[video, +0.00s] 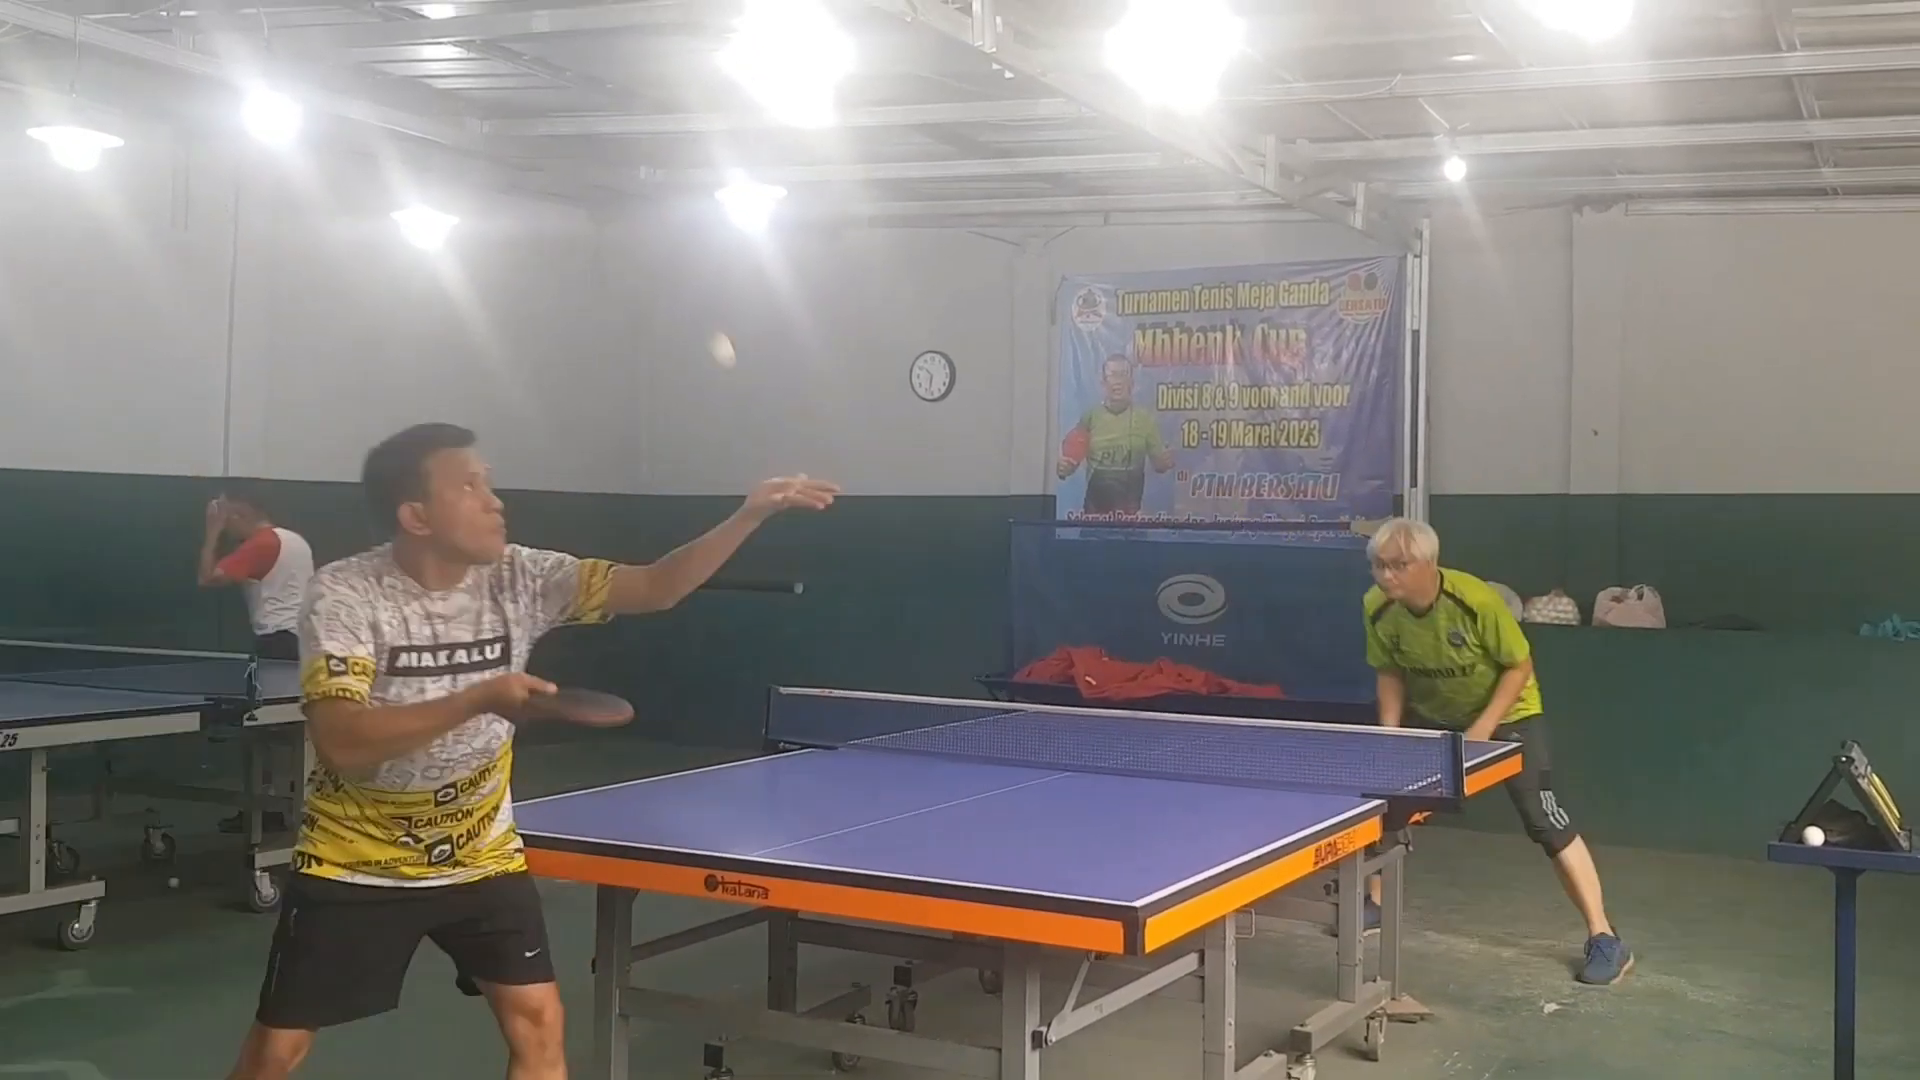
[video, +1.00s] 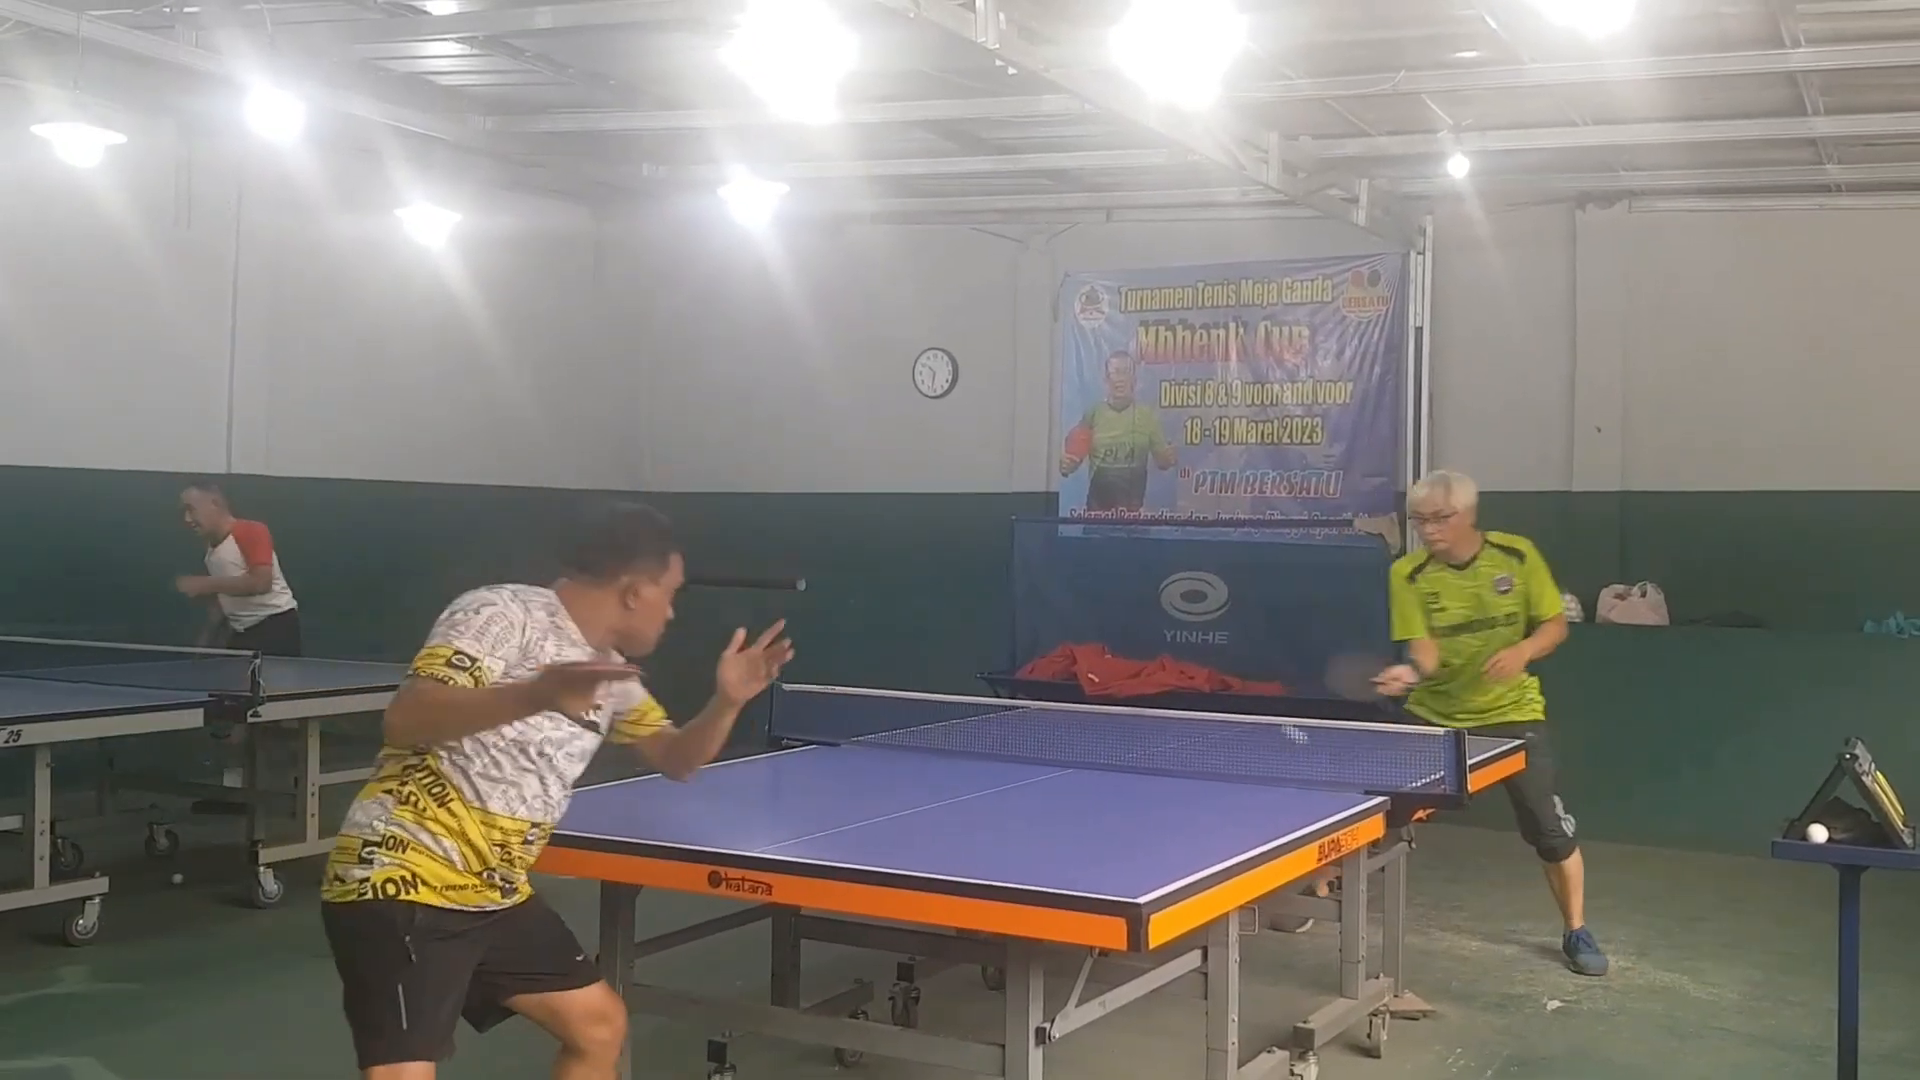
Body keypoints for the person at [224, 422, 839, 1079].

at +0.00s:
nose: (496, 499)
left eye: (490, 484)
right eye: (474, 488)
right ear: (414, 516)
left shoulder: (520, 578)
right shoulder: (348, 591)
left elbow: (654, 585)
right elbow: (340, 741)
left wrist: (753, 512)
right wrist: (477, 699)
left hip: (481, 852)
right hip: (356, 857)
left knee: (537, 1021)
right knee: (275, 1049)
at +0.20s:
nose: (451, 482)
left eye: (444, 466)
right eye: (425, 470)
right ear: (368, 502)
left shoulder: (479, 570)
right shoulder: (296, 578)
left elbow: (620, 597)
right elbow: (249, 713)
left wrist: (725, 561)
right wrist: (395, 698)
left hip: (436, 836)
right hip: (312, 848)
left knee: (519, 993)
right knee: (260, 1051)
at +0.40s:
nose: (487, 508)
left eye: (484, 489)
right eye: (467, 493)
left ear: (481, 500)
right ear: (403, 514)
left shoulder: (510, 581)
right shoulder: (326, 560)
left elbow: (643, 608)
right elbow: (191, 597)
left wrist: (743, 557)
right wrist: (320, 600)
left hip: (434, 828)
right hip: (316, 843)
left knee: (541, 962)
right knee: (257, 1050)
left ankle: (426, 1058)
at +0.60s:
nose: (620, 583)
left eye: (624, 564)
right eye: (611, 560)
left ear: (576, 555)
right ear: (558, 549)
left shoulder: (588, 625)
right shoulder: (460, 573)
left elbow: (685, 642)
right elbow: (342, 604)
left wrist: (681, 532)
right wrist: (475, 659)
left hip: (484, 868)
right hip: (370, 863)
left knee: (577, 1025)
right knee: (294, 1060)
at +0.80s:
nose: (696, 640)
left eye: (701, 625)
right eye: (696, 620)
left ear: (653, 612)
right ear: (654, 611)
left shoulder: (638, 689)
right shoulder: (521, 616)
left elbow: (717, 755)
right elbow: (389, 701)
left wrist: (738, 650)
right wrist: (468, 625)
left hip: (510, 895)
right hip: (412, 884)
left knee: (620, 1033)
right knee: (395, 1072)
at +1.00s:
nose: (671, 615)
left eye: (674, 600)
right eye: (669, 597)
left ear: (627, 591)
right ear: (630, 589)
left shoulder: (608, 671)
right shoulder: (496, 614)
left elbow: (678, 758)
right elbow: (406, 718)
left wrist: (726, 702)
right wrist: (535, 694)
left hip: (491, 886)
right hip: (398, 877)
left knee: (598, 1025)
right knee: (401, 1076)